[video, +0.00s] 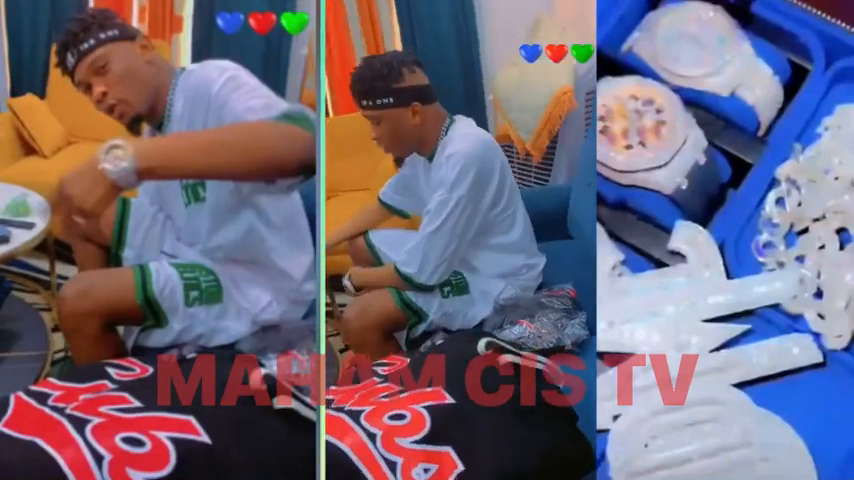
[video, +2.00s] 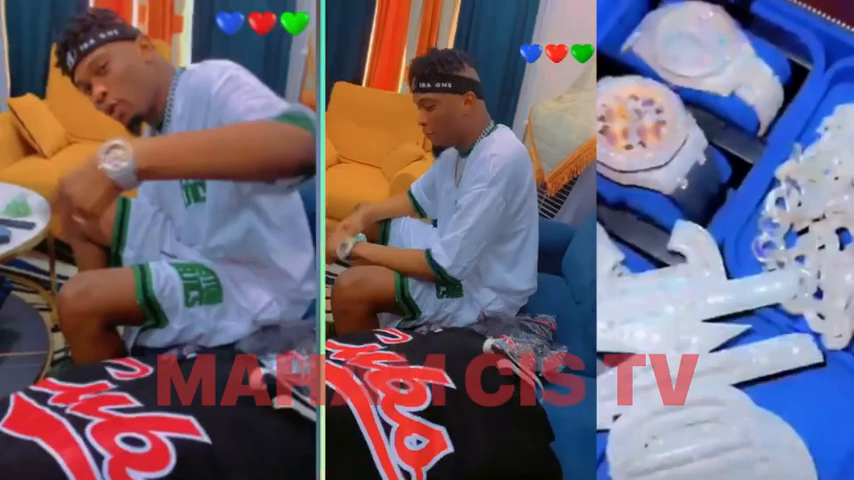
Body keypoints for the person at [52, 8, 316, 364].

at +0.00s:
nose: (98, 94)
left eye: (102, 70)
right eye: (87, 89)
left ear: (144, 48)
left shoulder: (212, 81)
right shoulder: (152, 133)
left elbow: (298, 146)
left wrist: (132, 160)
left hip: (259, 279)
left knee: (80, 300)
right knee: (84, 215)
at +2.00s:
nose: (97, 94)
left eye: (102, 70)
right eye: (87, 89)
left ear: (145, 48)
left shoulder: (213, 81)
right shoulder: (153, 135)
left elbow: (299, 145)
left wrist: (131, 160)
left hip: (261, 278)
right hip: (191, 253)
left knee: (80, 300)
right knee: (83, 213)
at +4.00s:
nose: (97, 94)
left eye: (102, 70)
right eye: (87, 89)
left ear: (145, 48)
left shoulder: (213, 81)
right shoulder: (153, 134)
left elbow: (298, 145)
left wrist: (131, 160)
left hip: (262, 279)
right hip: (192, 252)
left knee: (80, 300)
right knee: (83, 213)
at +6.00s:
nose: (97, 94)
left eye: (102, 70)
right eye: (87, 89)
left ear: (144, 48)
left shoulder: (213, 81)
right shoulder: (152, 136)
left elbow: (297, 146)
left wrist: (131, 161)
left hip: (262, 279)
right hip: (192, 253)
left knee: (79, 300)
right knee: (84, 214)